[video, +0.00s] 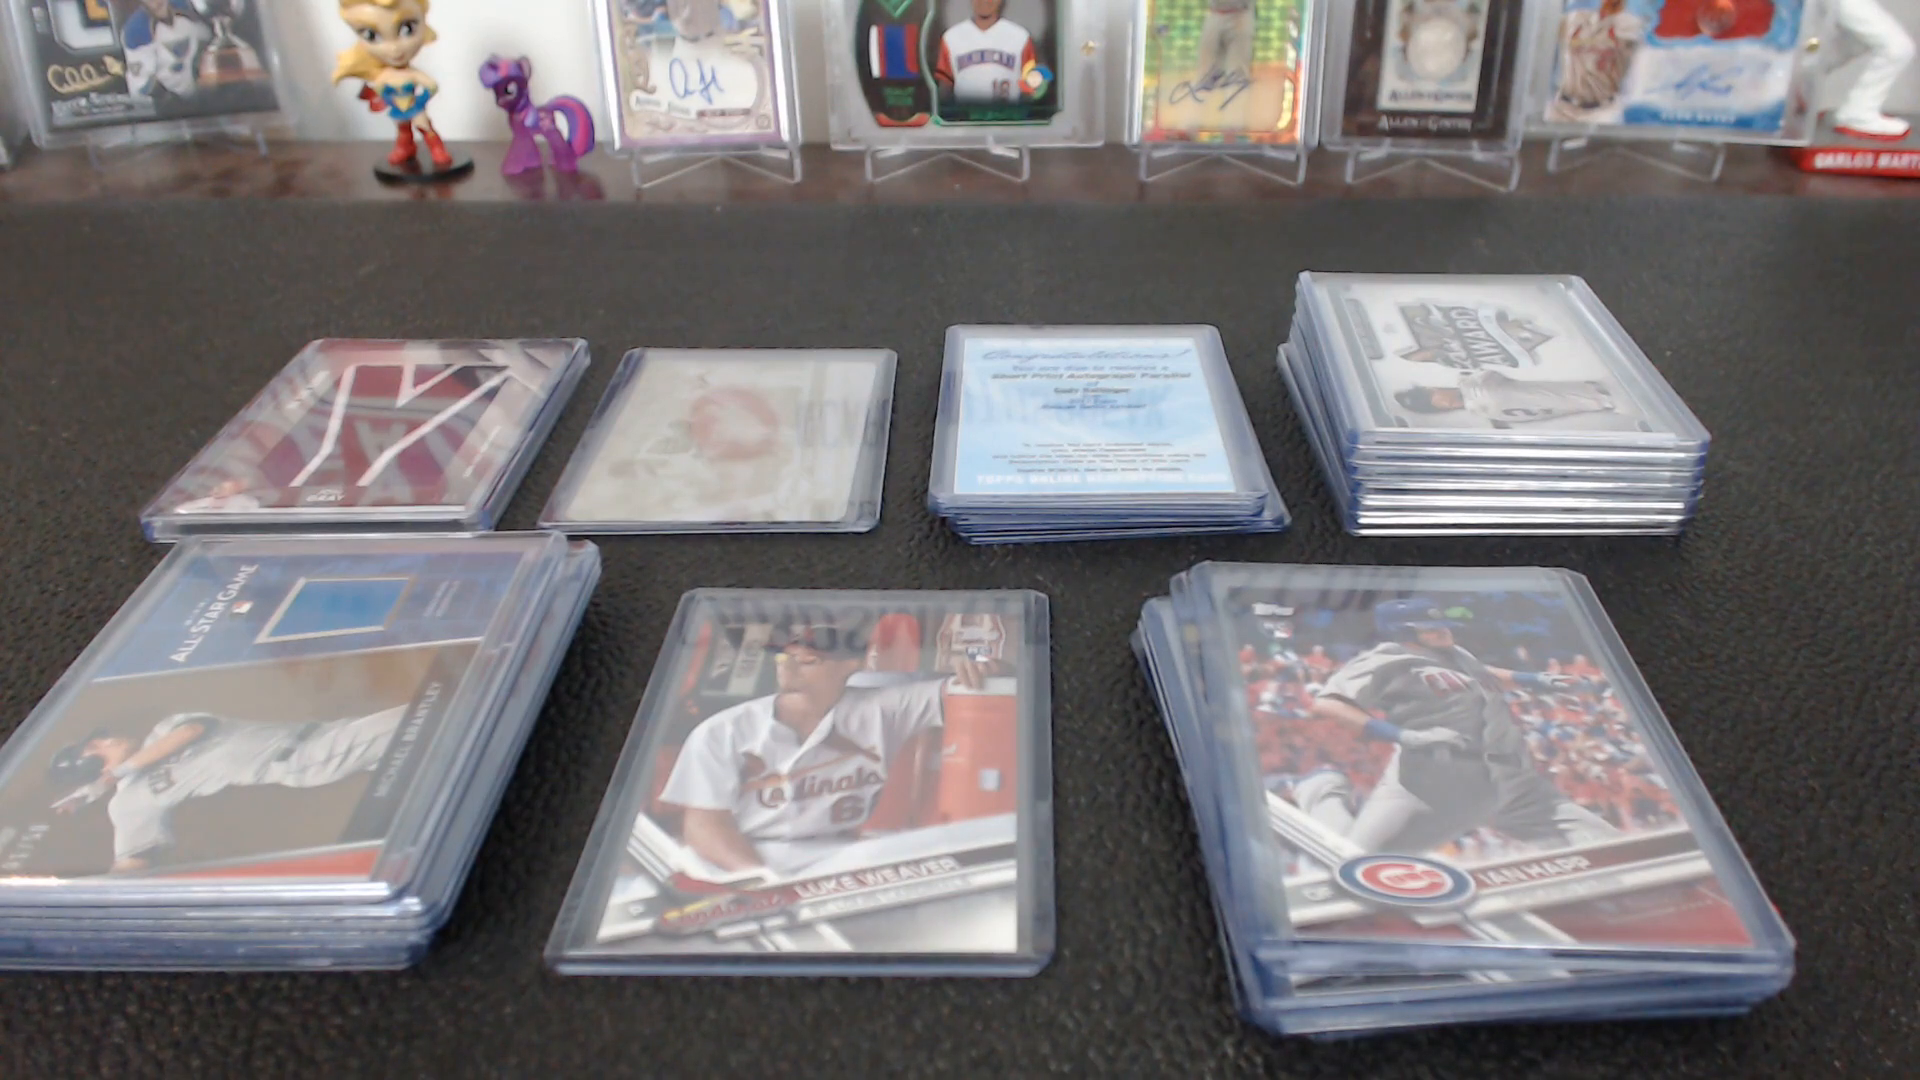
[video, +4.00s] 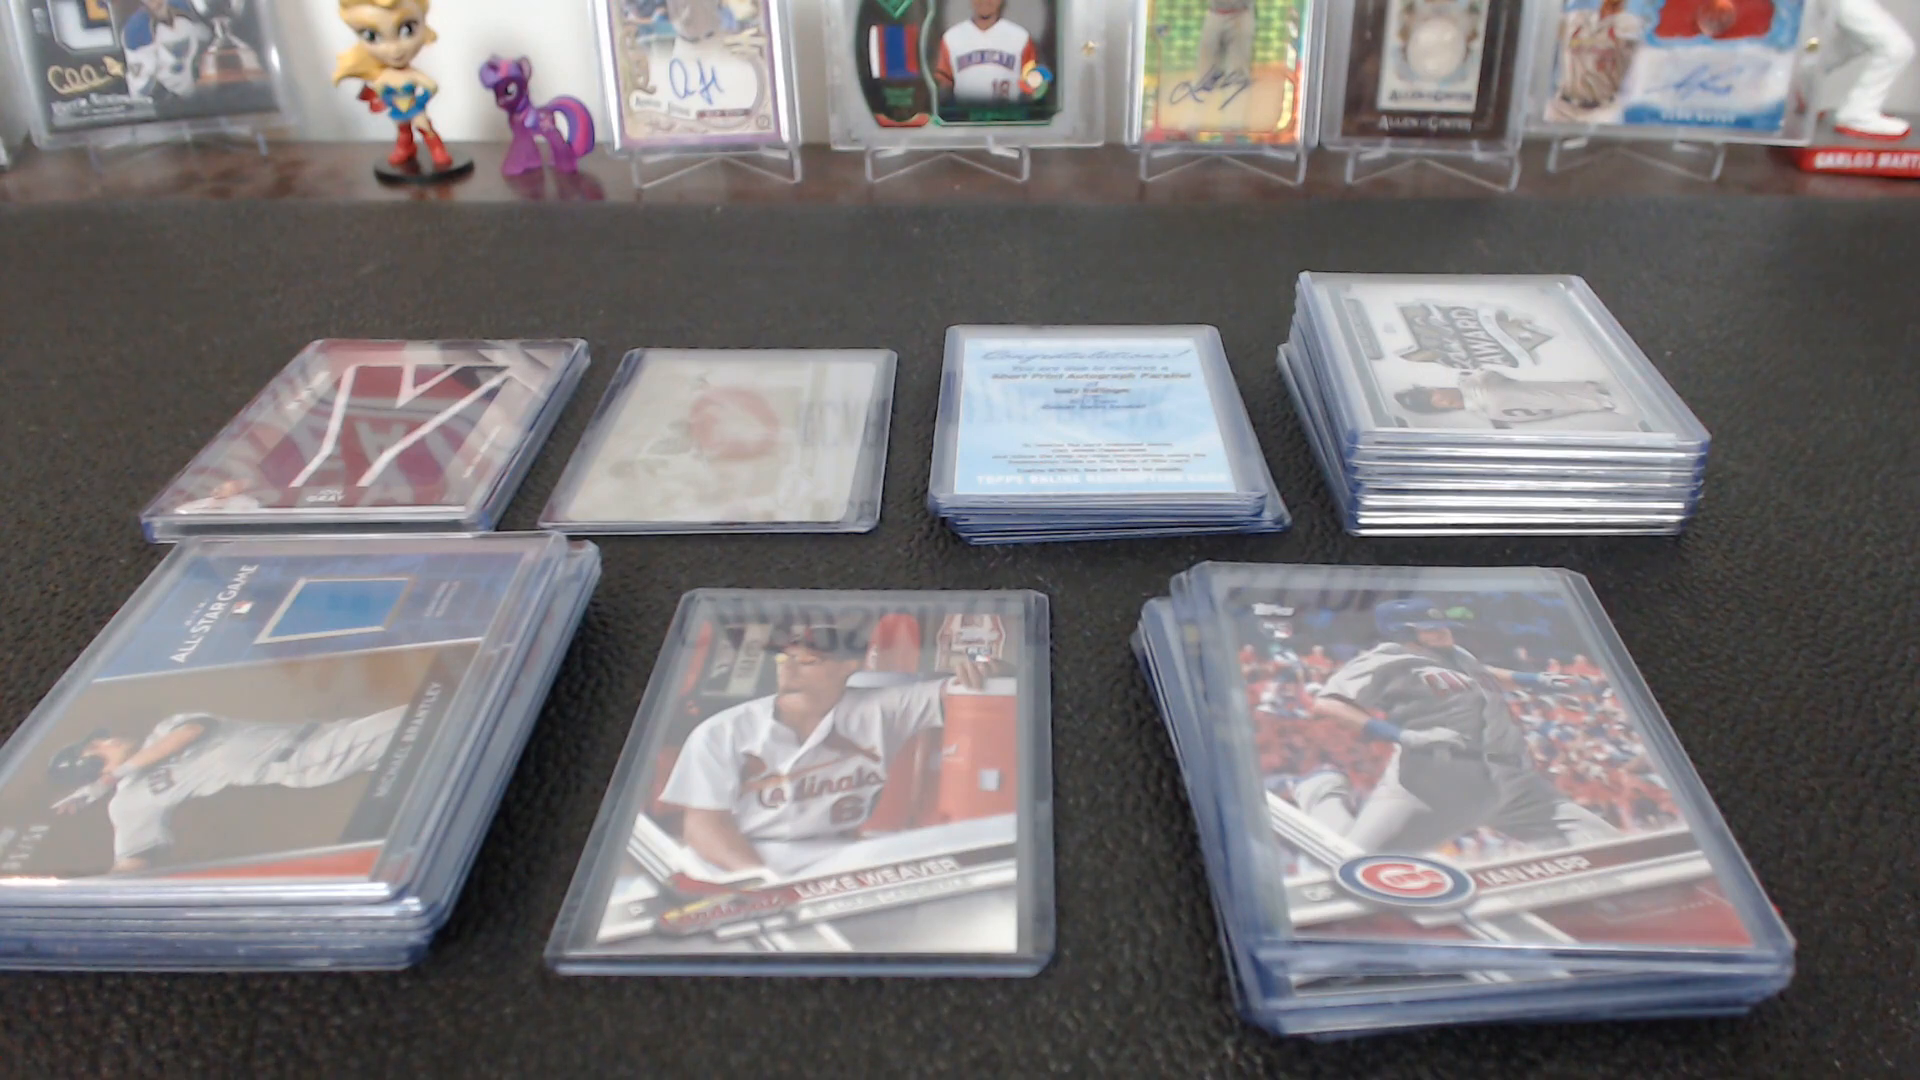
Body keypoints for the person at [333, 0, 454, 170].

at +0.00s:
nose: (394, 49)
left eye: (407, 29)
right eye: (371, 35)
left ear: (424, 26)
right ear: (358, 36)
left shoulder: (414, 74)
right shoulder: (379, 74)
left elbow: (427, 86)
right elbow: (370, 86)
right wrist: (375, 99)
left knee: (421, 122)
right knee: (401, 122)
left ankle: (436, 148)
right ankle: (405, 147)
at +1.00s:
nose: (394, 50)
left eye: (407, 30)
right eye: (371, 36)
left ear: (424, 27)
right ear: (358, 37)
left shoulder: (414, 74)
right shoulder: (377, 74)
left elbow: (427, 86)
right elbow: (370, 87)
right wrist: (376, 100)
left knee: (421, 121)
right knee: (401, 121)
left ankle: (436, 148)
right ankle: (405, 146)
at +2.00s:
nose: (394, 49)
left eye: (407, 30)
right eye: (371, 36)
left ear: (424, 28)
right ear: (358, 37)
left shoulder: (414, 75)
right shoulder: (379, 74)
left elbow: (426, 85)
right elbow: (369, 86)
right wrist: (375, 99)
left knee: (422, 122)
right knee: (401, 123)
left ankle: (436, 148)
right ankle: (405, 147)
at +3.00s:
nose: (394, 50)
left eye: (407, 30)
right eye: (371, 36)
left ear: (424, 27)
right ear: (358, 37)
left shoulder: (414, 75)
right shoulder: (378, 74)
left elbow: (426, 86)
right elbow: (369, 88)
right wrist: (375, 101)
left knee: (421, 121)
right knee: (401, 121)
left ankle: (436, 148)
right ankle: (405, 147)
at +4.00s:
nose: (394, 50)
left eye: (407, 30)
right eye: (372, 36)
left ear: (424, 29)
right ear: (359, 38)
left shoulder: (414, 75)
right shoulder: (379, 75)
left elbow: (427, 86)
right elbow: (370, 88)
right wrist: (375, 100)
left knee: (422, 123)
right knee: (401, 124)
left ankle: (437, 149)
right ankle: (405, 148)